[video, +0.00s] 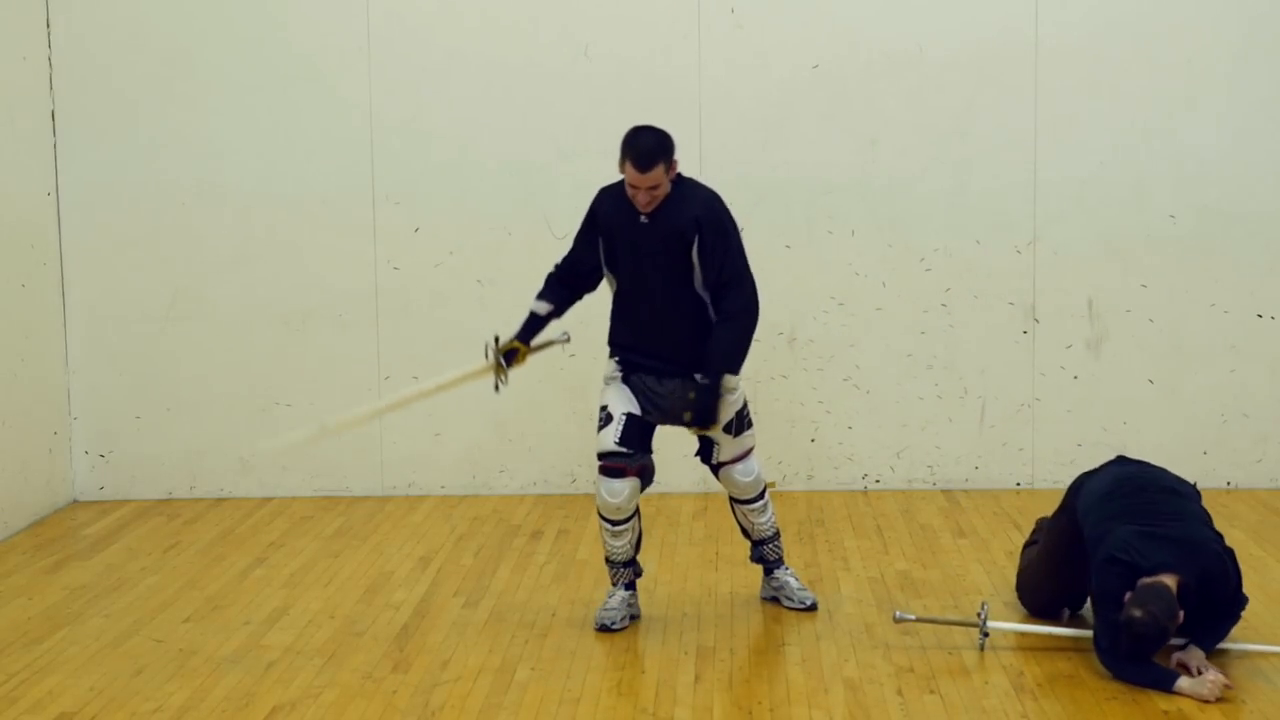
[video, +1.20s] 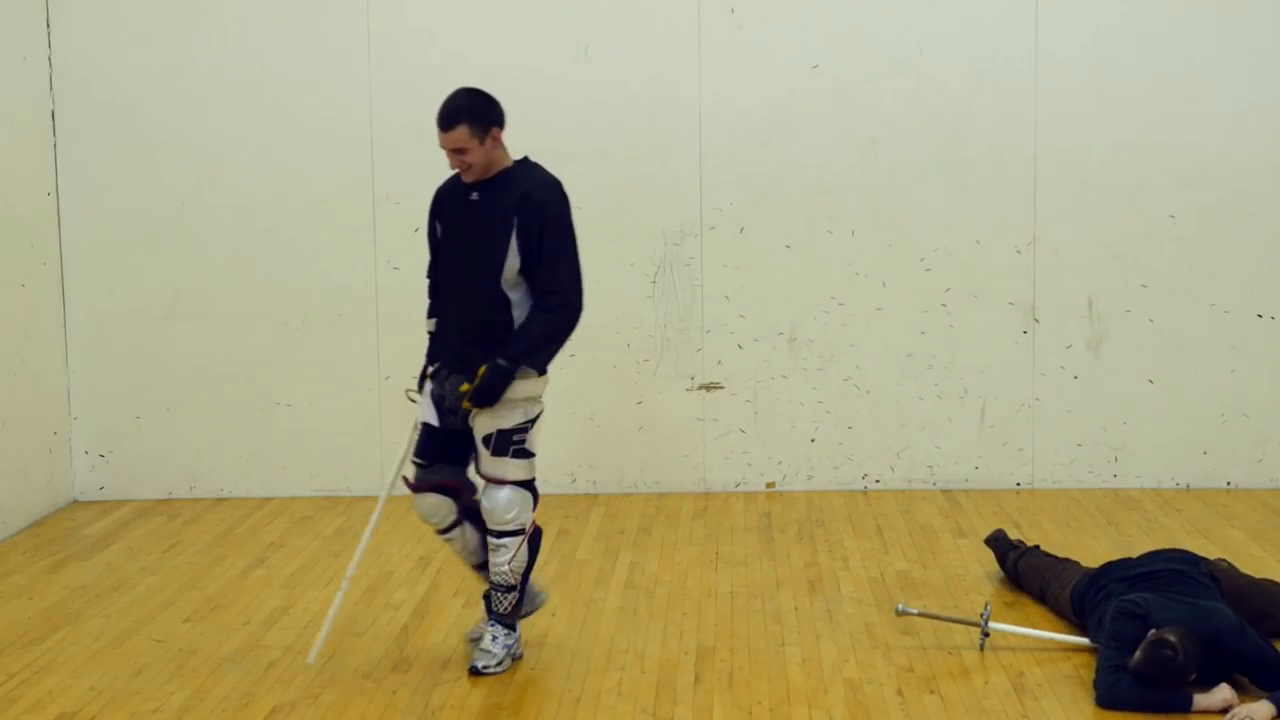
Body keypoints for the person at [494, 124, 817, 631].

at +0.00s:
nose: (642, 197)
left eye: (653, 187)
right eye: (633, 186)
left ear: (673, 170)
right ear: (620, 172)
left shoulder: (704, 210)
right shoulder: (609, 207)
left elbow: (740, 300)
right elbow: (575, 272)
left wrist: (715, 380)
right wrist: (525, 334)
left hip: (706, 368)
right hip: (633, 366)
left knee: (743, 474)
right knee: (614, 476)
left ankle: (775, 572)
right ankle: (623, 589)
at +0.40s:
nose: (558, 168)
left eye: (568, 157)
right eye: (550, 158)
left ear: (595, 141)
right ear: (543, 149)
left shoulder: (639, 177)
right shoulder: (540, 202)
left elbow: (703, 233)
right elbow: (532, 293)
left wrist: (743, 298)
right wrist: (535, 372)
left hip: (651, 354)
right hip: (579, 361)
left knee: (668, 477)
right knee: (598, 484)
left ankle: (698, 583)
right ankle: (619, 589)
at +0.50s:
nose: (547, 165)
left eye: (556, 154)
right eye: (539, 155)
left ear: (584, 139)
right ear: (533, 147)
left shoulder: (630, 177)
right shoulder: (531, 201)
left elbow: (691, 235)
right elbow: (522, 289)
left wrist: (728, 302)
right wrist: (528, 364)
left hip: (634, 351)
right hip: (567, 357)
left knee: (629, 477)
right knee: (590, 481)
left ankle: (645, 596)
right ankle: (617, 588)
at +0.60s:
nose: (536, 166)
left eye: (545, 155)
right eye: (529, 156)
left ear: (574, 140)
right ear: (522, 148)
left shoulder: (621, 180)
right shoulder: (523, 201)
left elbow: (678, 246)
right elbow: (512, 287)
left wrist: (709, 318)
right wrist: (519, 360)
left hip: (619, 353)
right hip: (556, 358)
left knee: (593, 478)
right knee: (586, 477)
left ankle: (583, 603)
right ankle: (617, 586)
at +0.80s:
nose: (515, 171)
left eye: (524, 159)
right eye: (508, 161)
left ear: (554, 146)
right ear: (502, 154)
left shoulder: (597, 194)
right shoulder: (503, 208)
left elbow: (645, 277)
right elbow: (493, 293)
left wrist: (648, 363)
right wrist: (494, 368)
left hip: (583, 362)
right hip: (526, 366)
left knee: (540, 485)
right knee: (576, 482)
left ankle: (508, 620)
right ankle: (619, 588)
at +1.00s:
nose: (490, 163)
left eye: (499, 152)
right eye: (484, 153)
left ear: (531, 138)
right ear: (478, 145)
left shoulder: (568, 195)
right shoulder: (478, 196)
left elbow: (592, 296)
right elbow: (466, 284)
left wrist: (564, 376)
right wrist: (464, 356)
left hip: (537, 364)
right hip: (484, 362)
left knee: (514, 491)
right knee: (517, 487)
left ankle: (503, 626)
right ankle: (597, 570)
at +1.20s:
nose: (454, 162)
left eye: (462, 151)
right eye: (448, 152)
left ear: (495, 137)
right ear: (444, 146)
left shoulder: (538, 195)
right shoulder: (447, 198)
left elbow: (562, 300)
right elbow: (441, 289)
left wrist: (505, 369)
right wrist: (436, 362)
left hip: (510, 372)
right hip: (450, 368)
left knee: (504, 499)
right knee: (432, 491)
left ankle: (503, 624)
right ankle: (513, 584)